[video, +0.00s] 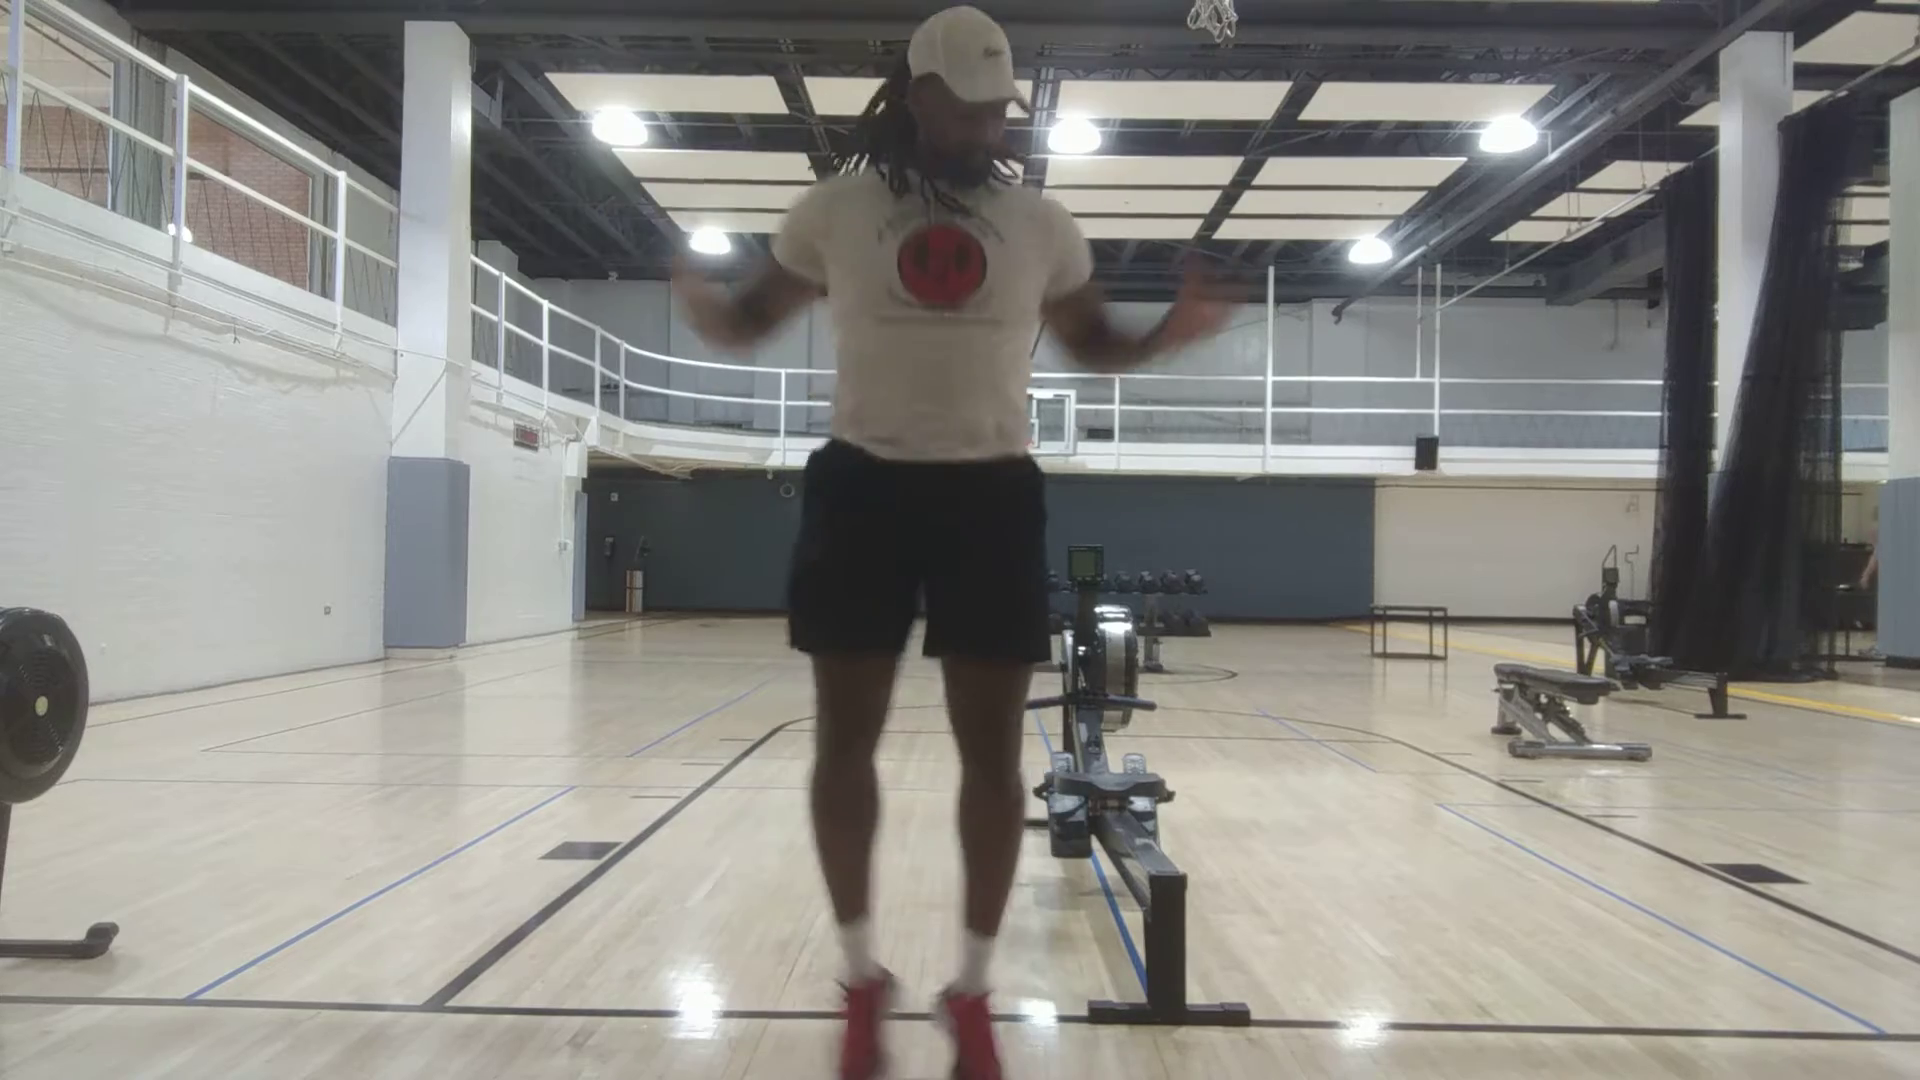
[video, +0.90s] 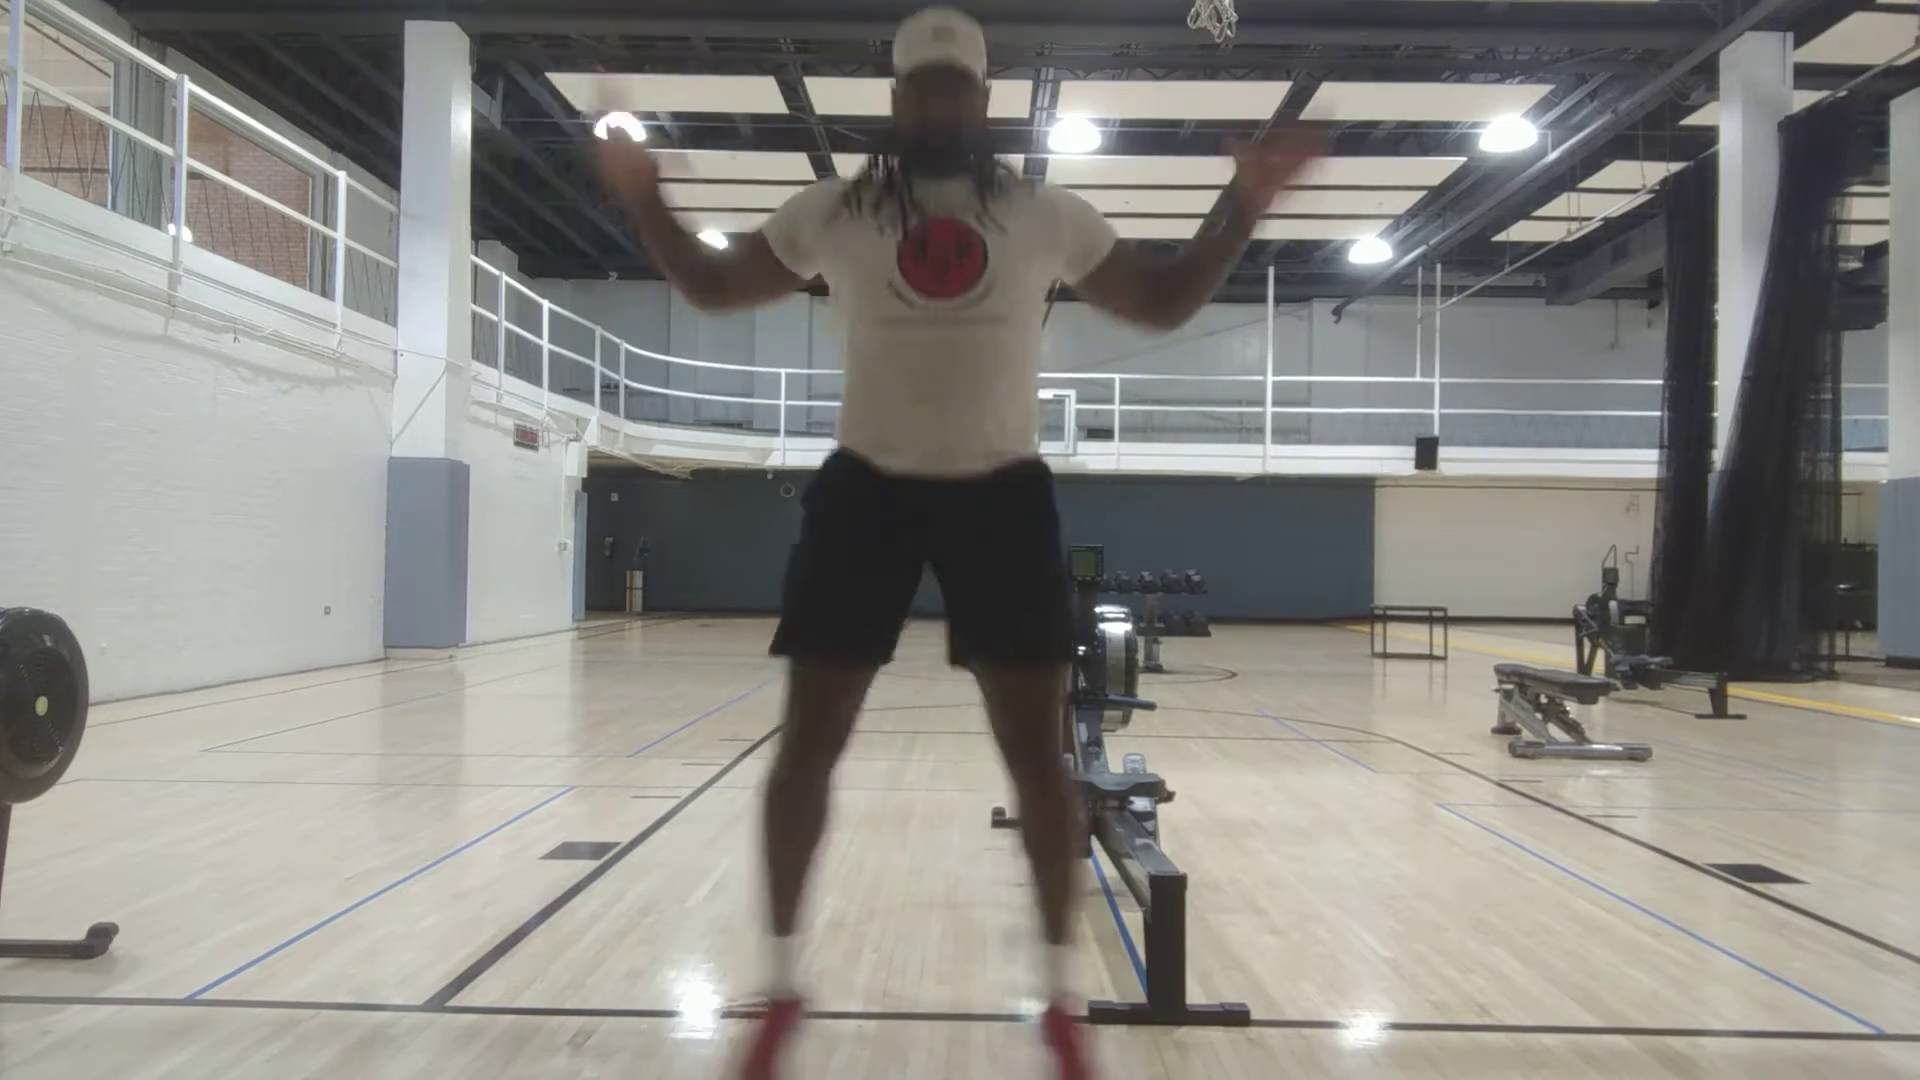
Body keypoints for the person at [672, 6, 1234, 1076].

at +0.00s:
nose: (988, 126)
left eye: (998, 106)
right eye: (968, 108)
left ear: (1007, 101)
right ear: (913, 98)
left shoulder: (1038, 215)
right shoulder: (838, 205)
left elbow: (1096, 346)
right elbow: (743, 325)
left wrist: (1171, 329)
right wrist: (697, 290)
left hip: (993, 499)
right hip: (861, 494)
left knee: (993, 753)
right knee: (845, 743)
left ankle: (970, 986)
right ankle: (862, 976)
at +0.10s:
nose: (976, 183)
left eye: (992, 163)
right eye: (957, 161)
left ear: (1011, 161)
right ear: (912, 153)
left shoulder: (1040, 283)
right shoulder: (845, 263)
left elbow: (1046, 428)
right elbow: (801, 393)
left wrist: (1073, 426)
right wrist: (806, 398)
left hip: (993, 551)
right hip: (869, 544)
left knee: (988, 804)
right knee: (860, 797)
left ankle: (964, 1011)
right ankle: (885, 1010)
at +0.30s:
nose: (960, 170)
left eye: (975, 153)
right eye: (943, 153)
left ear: (997, 157)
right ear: (910, 155)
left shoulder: (1042, 281)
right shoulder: (846, 266)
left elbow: (1106, 402)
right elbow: (778, 381)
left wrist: (1159, 391)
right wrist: (737, 390)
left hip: (1001, 546)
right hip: (875, 543)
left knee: (999, 780)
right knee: (865, 768)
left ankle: (970, 1002)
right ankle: (880, 997)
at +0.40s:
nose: (962, 115)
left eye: (978, 97)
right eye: (944, 96)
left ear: (1002, 103)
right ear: (909, 98)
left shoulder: (1047, 213)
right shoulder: (852, 201)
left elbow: (1154, 317)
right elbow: (732, 302)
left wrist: (1212, 251)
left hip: (1006, 492)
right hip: (875, 487)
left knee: (1019, 736)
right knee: (841, 728)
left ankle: (1019, 972)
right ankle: (832, 961)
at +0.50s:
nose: (961, 123)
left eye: (977, 104)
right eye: (942, 104)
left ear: (1004, 105)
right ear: (907, 103)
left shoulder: (1055, 200)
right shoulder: (851, 195)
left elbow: (1190, 252)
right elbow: (703, 235)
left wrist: (1214, 124)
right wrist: (656, 112)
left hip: (1011, 493)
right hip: (875, 485)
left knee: (1057, 747)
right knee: (802, 733)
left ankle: (1104, 989)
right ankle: (739, 977)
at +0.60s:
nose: (960, 180)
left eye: (977, 163)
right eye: (943, 161)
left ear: (1004, 168)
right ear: (909, 165)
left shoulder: (1054, 252)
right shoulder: (848, 248)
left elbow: (1189, 219)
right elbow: (709, 213)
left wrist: (1123, 97)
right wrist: (749, 86)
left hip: (1012, 566)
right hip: (873, 558)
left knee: (1080, 806)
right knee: (772, 795)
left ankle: (1159, 1036)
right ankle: (677, 1021)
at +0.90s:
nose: (945, 103)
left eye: (962, 86)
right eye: (926, 85)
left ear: (989, 101)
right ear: (892, 99)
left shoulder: (1044, 215)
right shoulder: (839, 212)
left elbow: (1161, 299)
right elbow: (715, 285)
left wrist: (1246, 203)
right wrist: (644, 205)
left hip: (1001, 499)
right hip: (865, 495)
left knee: (1038, 752)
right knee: (809, 738)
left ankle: (1064, 997)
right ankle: (780, 982)